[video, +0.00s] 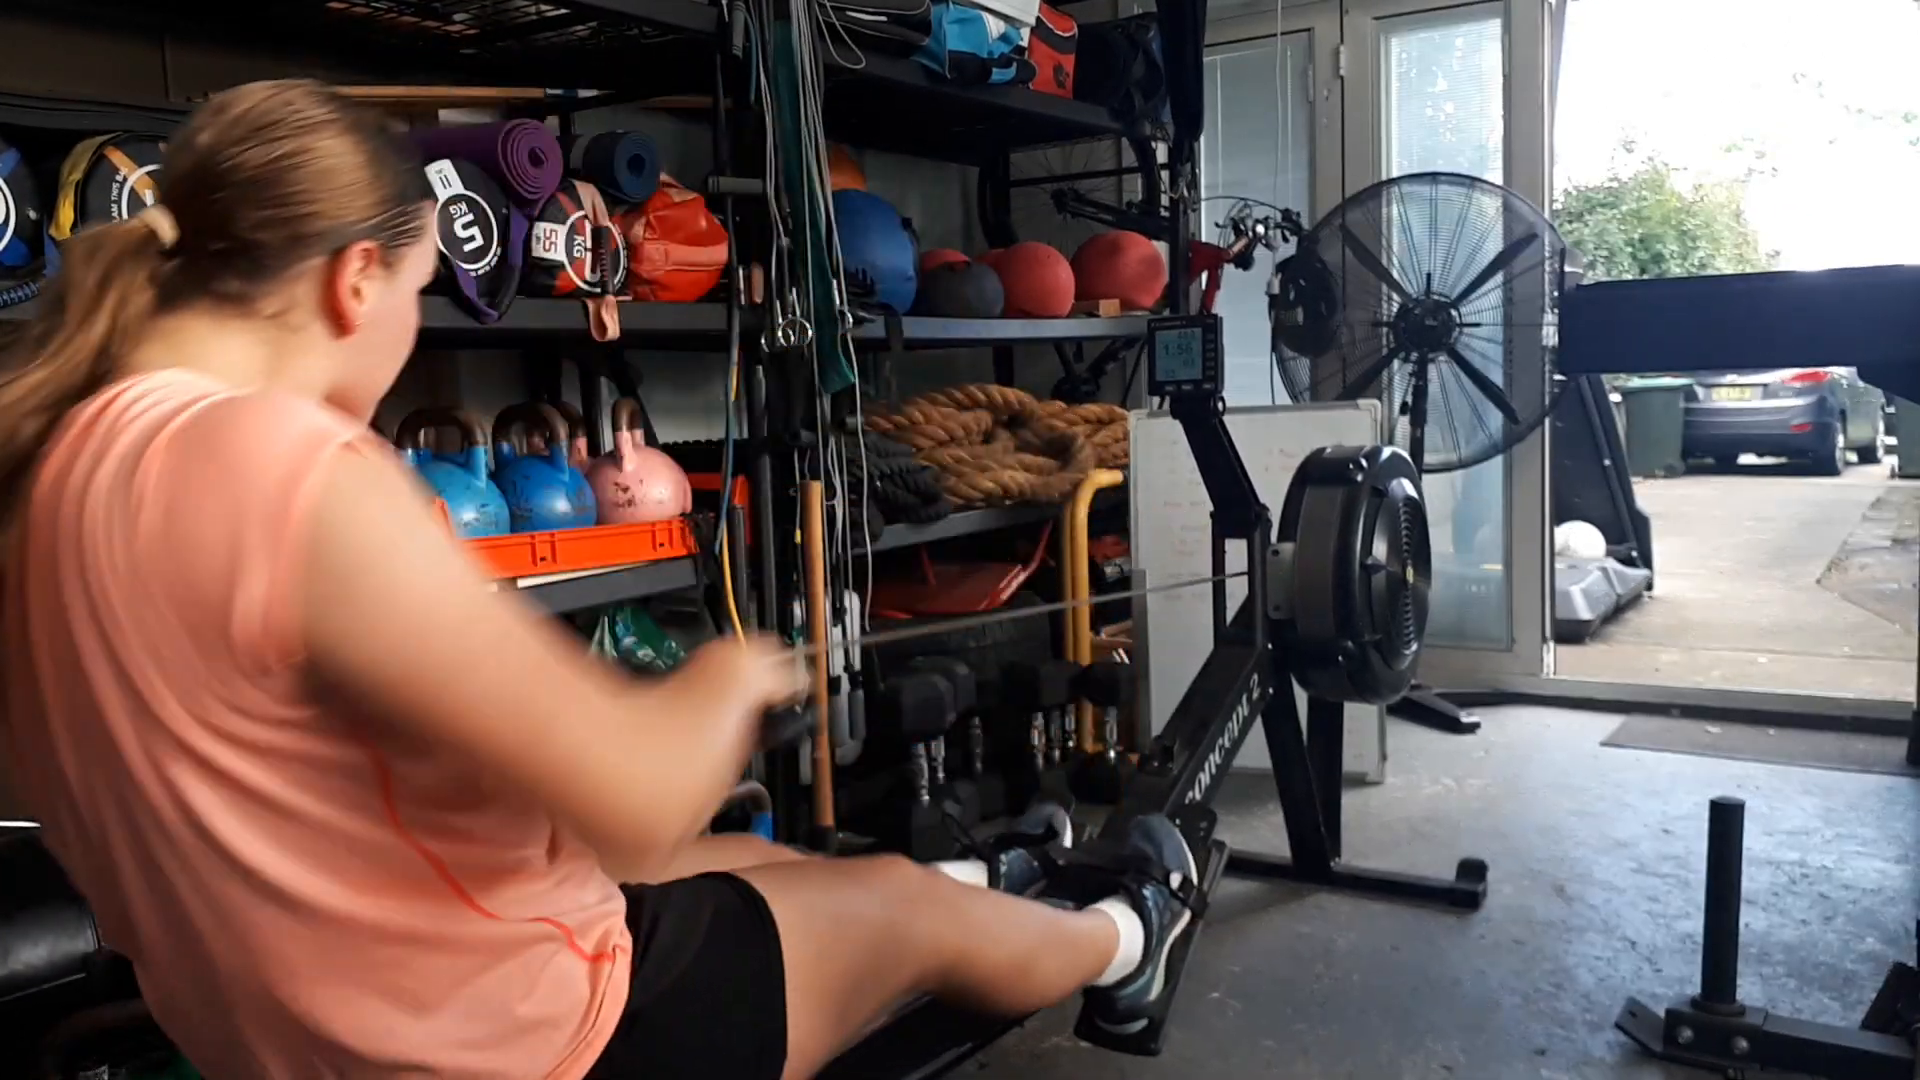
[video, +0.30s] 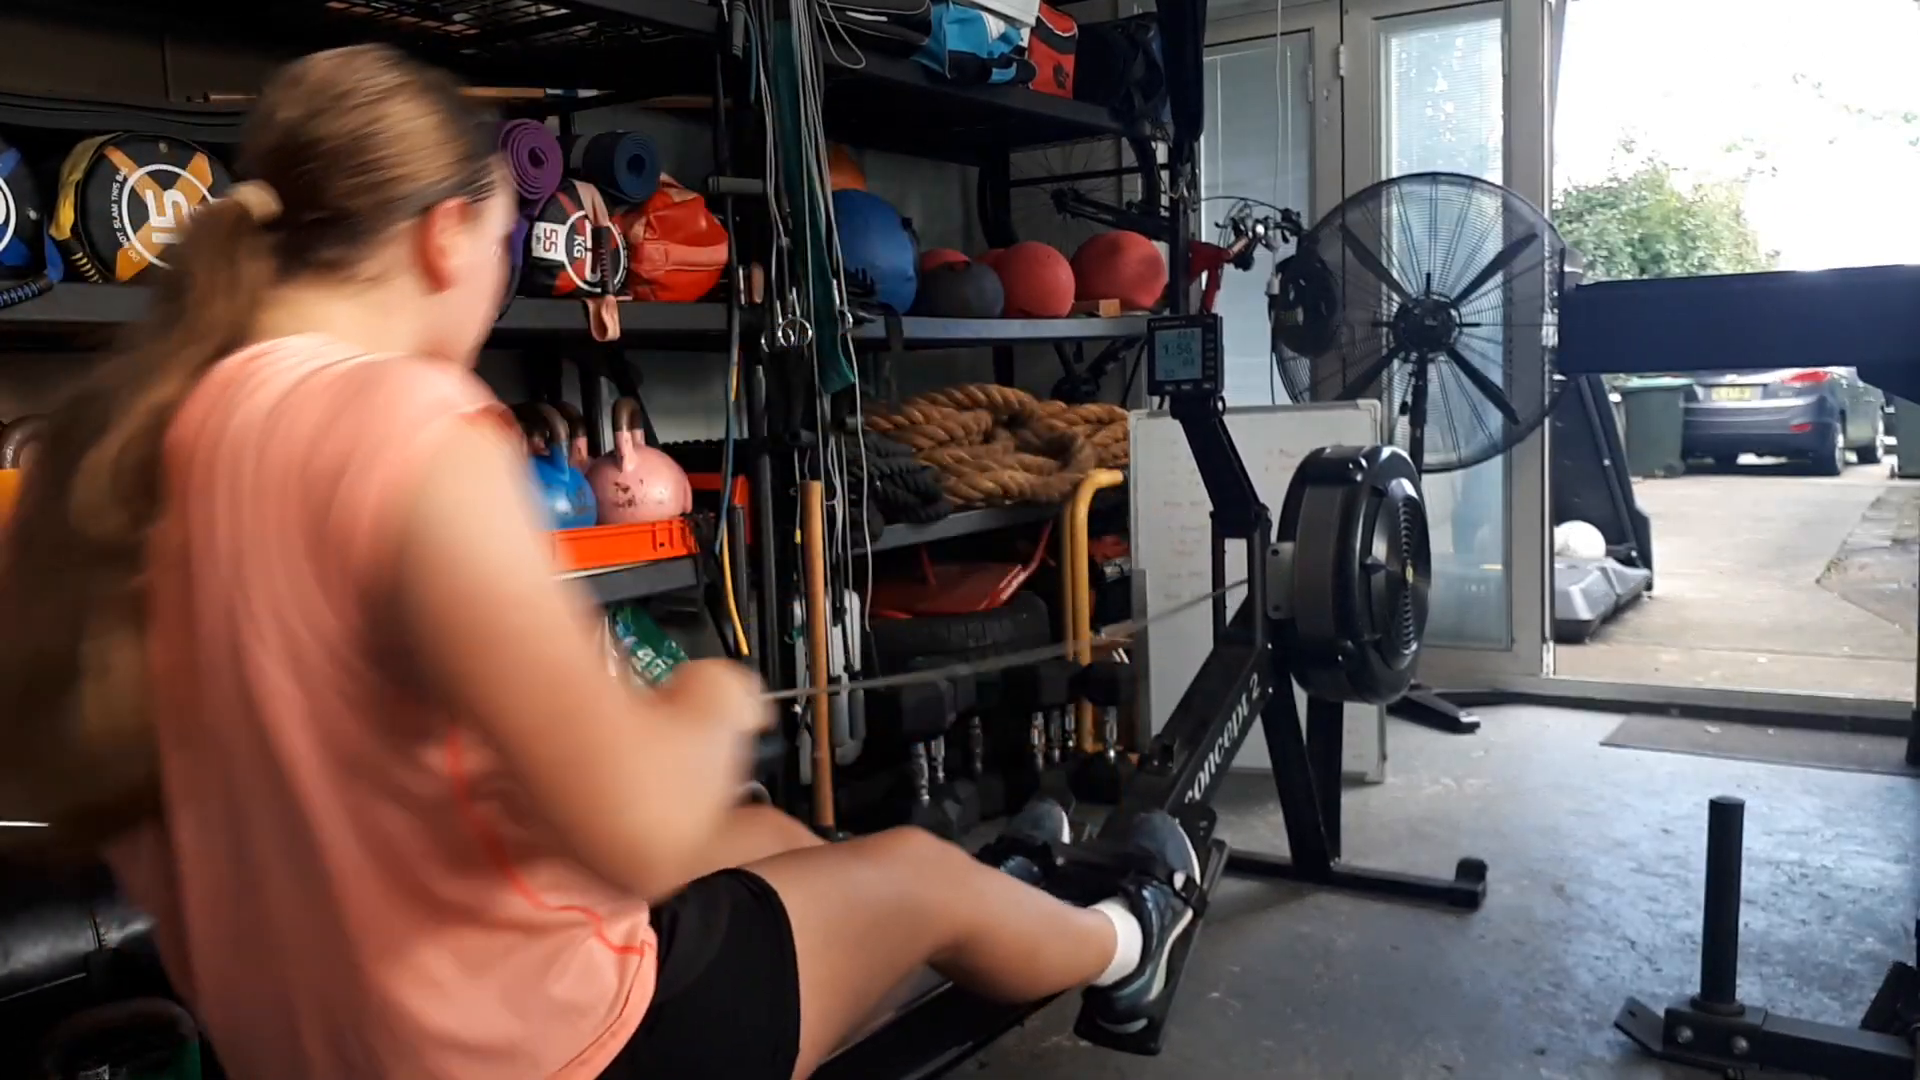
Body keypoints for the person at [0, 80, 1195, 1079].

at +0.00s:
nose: (412, 329)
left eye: (421, 291)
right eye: (416, 290)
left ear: (178, 262)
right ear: (347, 280)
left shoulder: (59, 458)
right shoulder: (300, 484)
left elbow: (57, 798)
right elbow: (653, 802)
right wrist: (741, 672)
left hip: (283, 1026)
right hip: (507, 1037)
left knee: (742, 860)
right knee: (906, 905)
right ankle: (1111, 947)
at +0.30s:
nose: (504, 284)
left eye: (506, 246)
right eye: (504, 242)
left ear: (278, 237)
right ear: (441, 237)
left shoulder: (160, 426)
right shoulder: (407, 426)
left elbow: (131, 794)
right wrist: (710, 698)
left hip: (293, 1036)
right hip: (519, 1042)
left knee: (752, 827)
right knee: (923, 873)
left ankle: (899, 1000)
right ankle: (1114, 951)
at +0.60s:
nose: (785, 272)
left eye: (782, 245)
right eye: (781, 244)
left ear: (606, 244)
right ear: (749, 249)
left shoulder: (502, 392)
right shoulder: (777, 412)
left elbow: (580, 613)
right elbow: (1027, 636)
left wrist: (790, 614)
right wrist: (1071, 619)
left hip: (418, 1014)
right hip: (652, 1020)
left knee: (801, 703)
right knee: (982, 726)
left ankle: (923, 902)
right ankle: (1121, 958)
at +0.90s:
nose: (977, 305)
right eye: (974, 287)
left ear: (828, 306)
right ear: (957, 301)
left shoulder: (757, 429)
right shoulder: (986, 430)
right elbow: (1151, 558)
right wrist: (1228, 585)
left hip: (661, 915)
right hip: (867, 926)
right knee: (1081, 590)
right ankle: (1113, 939)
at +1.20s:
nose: (1024, 315)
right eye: (1021, 299)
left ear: (887, 325)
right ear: (1007, 318)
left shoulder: (821, 429)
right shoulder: (1049, 434)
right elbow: (1189, 553)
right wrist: (1272, 575)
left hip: (729, 880)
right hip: (923, 895)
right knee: (1108, 579)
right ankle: (1112, 935)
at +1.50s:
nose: (802, 247)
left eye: (800, 225)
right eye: (798, 225)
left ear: (626, 236)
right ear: (766, 234)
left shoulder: (562, 391)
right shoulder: (812, 384)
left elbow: (688, 524)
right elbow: (1000, 537)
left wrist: (875, 546)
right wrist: (1095, 538)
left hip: (492, 970)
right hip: (702, 968)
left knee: (816, 629)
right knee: (1019, 671)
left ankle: (953, 886)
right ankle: (1119, 946)